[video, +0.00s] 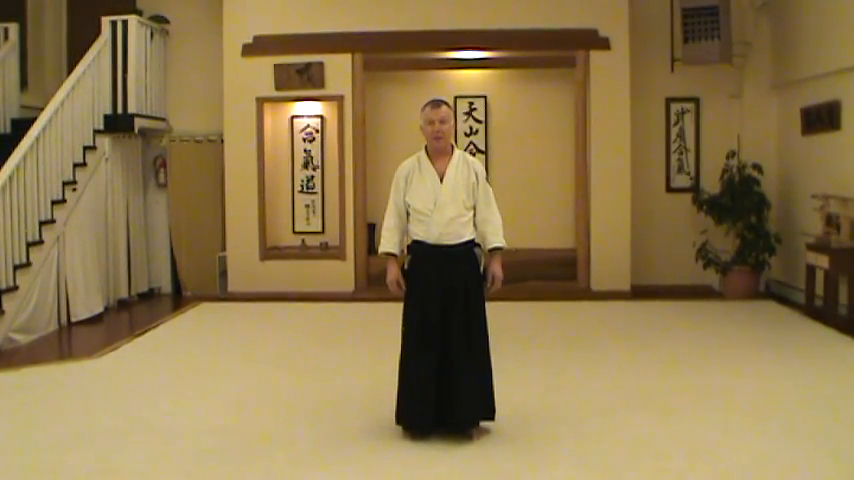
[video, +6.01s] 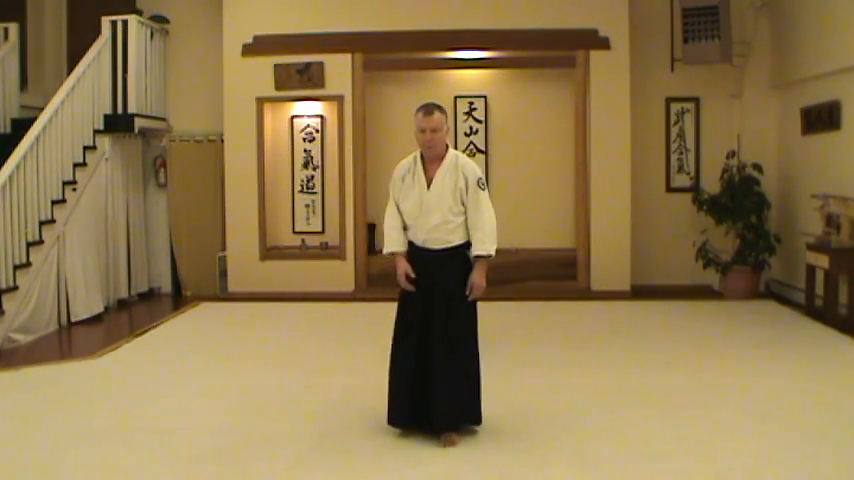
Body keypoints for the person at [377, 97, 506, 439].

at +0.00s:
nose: (437, 128)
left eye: (443, 122)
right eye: (431, 123)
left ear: (454, 125)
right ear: (421, 128)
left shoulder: (471, 166)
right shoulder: (408, 170)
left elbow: (486, 211)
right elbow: (394, 216)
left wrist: (494, 256)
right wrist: (392, 261)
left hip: (462, 260)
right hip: (423, 260)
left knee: (463, 336)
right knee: (422, 336)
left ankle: (463, 416)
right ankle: (420, 417)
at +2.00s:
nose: (433, 125)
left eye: (439, 119)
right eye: (426, 120)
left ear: (451, 125)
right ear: (418, 127)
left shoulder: (469, 167)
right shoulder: (405, 170)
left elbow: (484, 212)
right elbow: (392, 217)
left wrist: (491, 256)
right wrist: (389, 261)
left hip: (461, 260)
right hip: (422, 260)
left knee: (462, 336)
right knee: (422, 337)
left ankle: (463, 417)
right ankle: (421, 418)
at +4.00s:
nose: (435, 132)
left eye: (441, 126)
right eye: (429, 127)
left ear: (451, 128)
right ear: (419, 130)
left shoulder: (469, 168)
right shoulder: (405, 170)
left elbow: (485, 213)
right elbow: (392, 217)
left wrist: (493, 257)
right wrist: (389, 261)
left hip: (460, 260)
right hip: (421, 261)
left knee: (462, 337)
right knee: (421, 337)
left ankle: (463, 417)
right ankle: (420, 418)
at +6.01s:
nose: (429, 137)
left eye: (435, 131)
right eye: (423, 131)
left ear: (447, 130)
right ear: (415, 133)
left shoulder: (466, 168)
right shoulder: (404, 169)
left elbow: (482, 217)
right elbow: (393, 215)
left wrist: (480, 266)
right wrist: (399, 257)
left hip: (454, 262)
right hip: (417, 262)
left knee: (452, 340)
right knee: (413, 338)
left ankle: (450, 422)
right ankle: (413, 417)